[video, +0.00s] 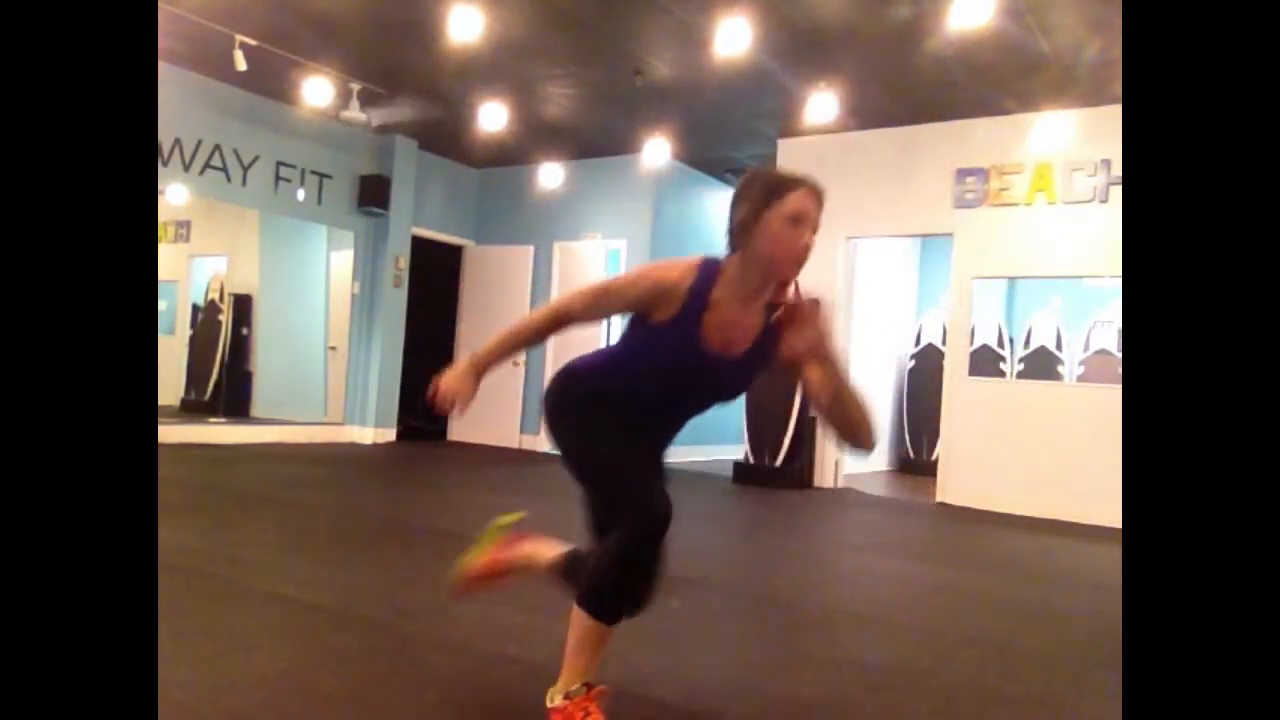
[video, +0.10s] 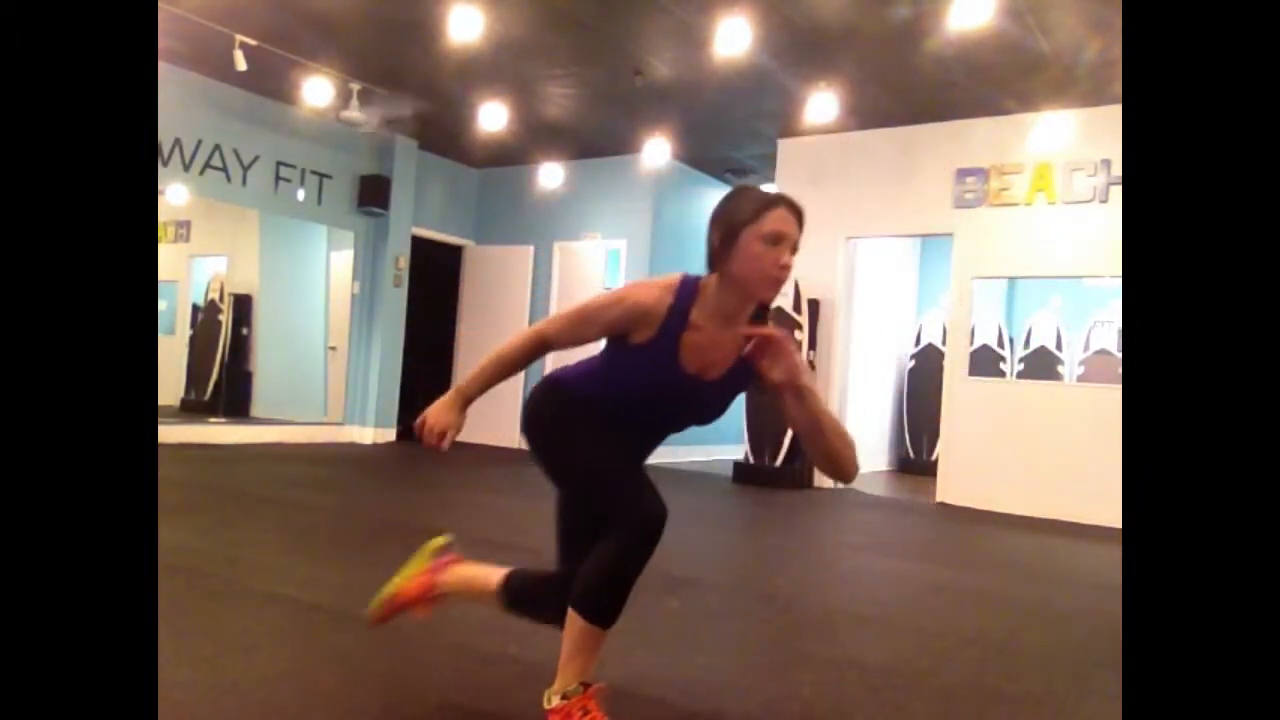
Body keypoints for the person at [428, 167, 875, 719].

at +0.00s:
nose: (807, 239)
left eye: (813, 229)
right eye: (795, 222)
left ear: (812, 241)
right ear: (750, 222)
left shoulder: (791, 326)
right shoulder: (680, 282)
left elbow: (861, 437)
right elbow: (564, 312)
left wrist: (818, 358)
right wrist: (473, 367)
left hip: (644, 434)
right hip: (586, 402)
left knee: (625, 582)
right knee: (644, 517)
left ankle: (523, 549)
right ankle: (569, 692)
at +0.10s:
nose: (785, 259)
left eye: (793, 248)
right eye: (772, 242)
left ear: (793, 261)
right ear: (725, 244)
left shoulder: (771, 344)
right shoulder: (656, 303)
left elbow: (844, 468)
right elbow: (542, 337)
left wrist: (798, 385)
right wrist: (456, 399)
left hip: (622, 445)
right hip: (566, 412)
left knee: (570, 598)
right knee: (641, 517)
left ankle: (447, 571)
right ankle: (568, 691)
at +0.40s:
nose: (767, 222)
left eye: (773, 211)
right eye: (754, 205)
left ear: (775, 225)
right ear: (707, 208)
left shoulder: (765, 312)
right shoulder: (645, 279)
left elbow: (823, 419)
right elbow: (538, 350)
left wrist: (789, 370)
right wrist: (451, 423)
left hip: (614, 430)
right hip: (555, 402)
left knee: (615, 582)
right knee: (631, 513)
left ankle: (441, 617)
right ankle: (568, 692)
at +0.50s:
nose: (771, 199)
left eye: (776, 188)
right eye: (757, 183)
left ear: (777, 200)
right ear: (711, 188)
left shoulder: (762, 294)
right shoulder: (652, 262)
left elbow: (764, 402)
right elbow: (581, 374)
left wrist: (760, 379)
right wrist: (519, 475)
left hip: (632, 418)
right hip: (573, 399)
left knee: (666, 557)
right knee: (639, 528)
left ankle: (498, 615)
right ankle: (568, 690)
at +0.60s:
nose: (785, 186)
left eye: (789, 175)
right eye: (771, 171)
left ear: (789, 185)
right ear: (726, 176)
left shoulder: (754, 271)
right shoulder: (666, 247)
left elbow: (705, 355)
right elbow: (639, 372)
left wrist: (752, 372)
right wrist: (670, 469)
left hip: (655, 398)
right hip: (590, 391)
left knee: (728, 511)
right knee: (640, 519)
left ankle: (590, 594)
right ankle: (572, 688)